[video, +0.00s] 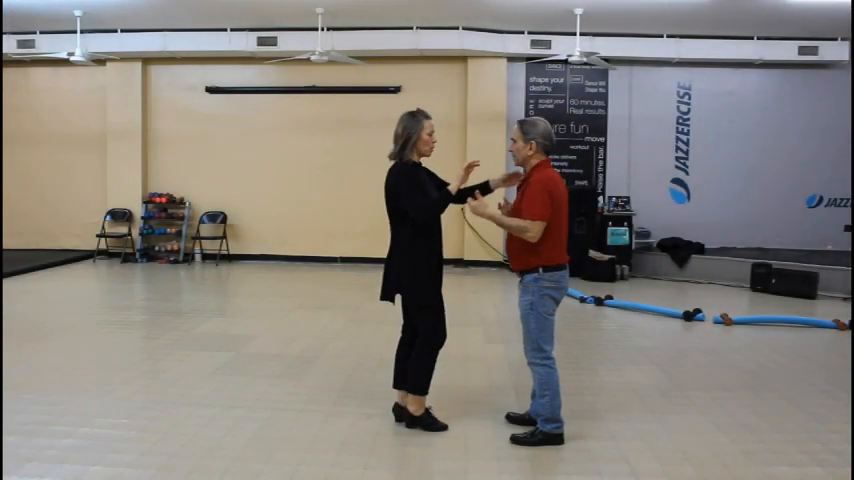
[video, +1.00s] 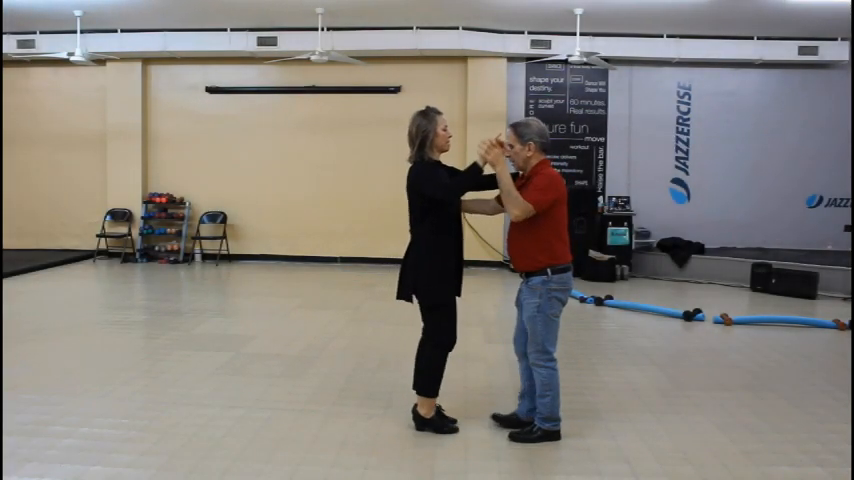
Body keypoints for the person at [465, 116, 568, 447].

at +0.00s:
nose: (510, 147)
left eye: (514, 141)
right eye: (511, 141)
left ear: (531, 146)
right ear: (534, 147)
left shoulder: (542, 181)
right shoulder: (536, 177)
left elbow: (532, 232)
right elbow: (522, 219)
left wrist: (490, 214)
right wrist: (498, 211)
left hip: (543, 278)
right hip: (538, 275)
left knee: (540, 355)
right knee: (537, 352)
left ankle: (551, 427)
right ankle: (539, 413)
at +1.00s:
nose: (506, 153)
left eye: (510, 147)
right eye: (505, 147)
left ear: (530, 148)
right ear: (526, 149)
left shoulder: (548, 179)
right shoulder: (524, 180)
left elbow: (518, 211)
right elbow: (492, 204)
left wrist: (500, 166)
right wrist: (450, 200)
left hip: (549, 280)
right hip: (532, 278)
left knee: (541, 354)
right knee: (525, 348)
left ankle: (548, 424)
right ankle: (527, 413)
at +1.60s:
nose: (495, 151)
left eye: (500, 145)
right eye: (495, 145)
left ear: (518, 148)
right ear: (514, 149)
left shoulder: (536, 178)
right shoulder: (502, 185)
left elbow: (512, 197)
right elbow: (467, 208)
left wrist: (500, 155)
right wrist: (434, 196)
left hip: (528, 276)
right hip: (510, 276)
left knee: (506, 348)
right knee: (512, 346)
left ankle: (536, 414)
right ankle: (522, 414)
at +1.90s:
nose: (485, 151)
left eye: (491, 145)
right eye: (485, 145)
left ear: (510, 148)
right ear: (506, 150)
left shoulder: (526, 179)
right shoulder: (494, 183)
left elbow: (503, 200)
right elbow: (459, 210)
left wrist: (494, 157)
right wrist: (428, 202)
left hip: (509, 278)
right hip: (501, 277)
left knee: (484, 352)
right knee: (508, 349)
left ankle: (464, 427)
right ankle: (525, 418)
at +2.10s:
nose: (477, 152)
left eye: (483, 146)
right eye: (478, 147)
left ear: (500, 152)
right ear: (498, 154)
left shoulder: (515, 184)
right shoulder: (490, 184)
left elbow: (491, 201)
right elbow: (458, 212)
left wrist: (487, 159)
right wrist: (424, 216)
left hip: (495, 282)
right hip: (489, 281)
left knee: (464, 356)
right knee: (492, 352)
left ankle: (448, 431)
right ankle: (523, 416)